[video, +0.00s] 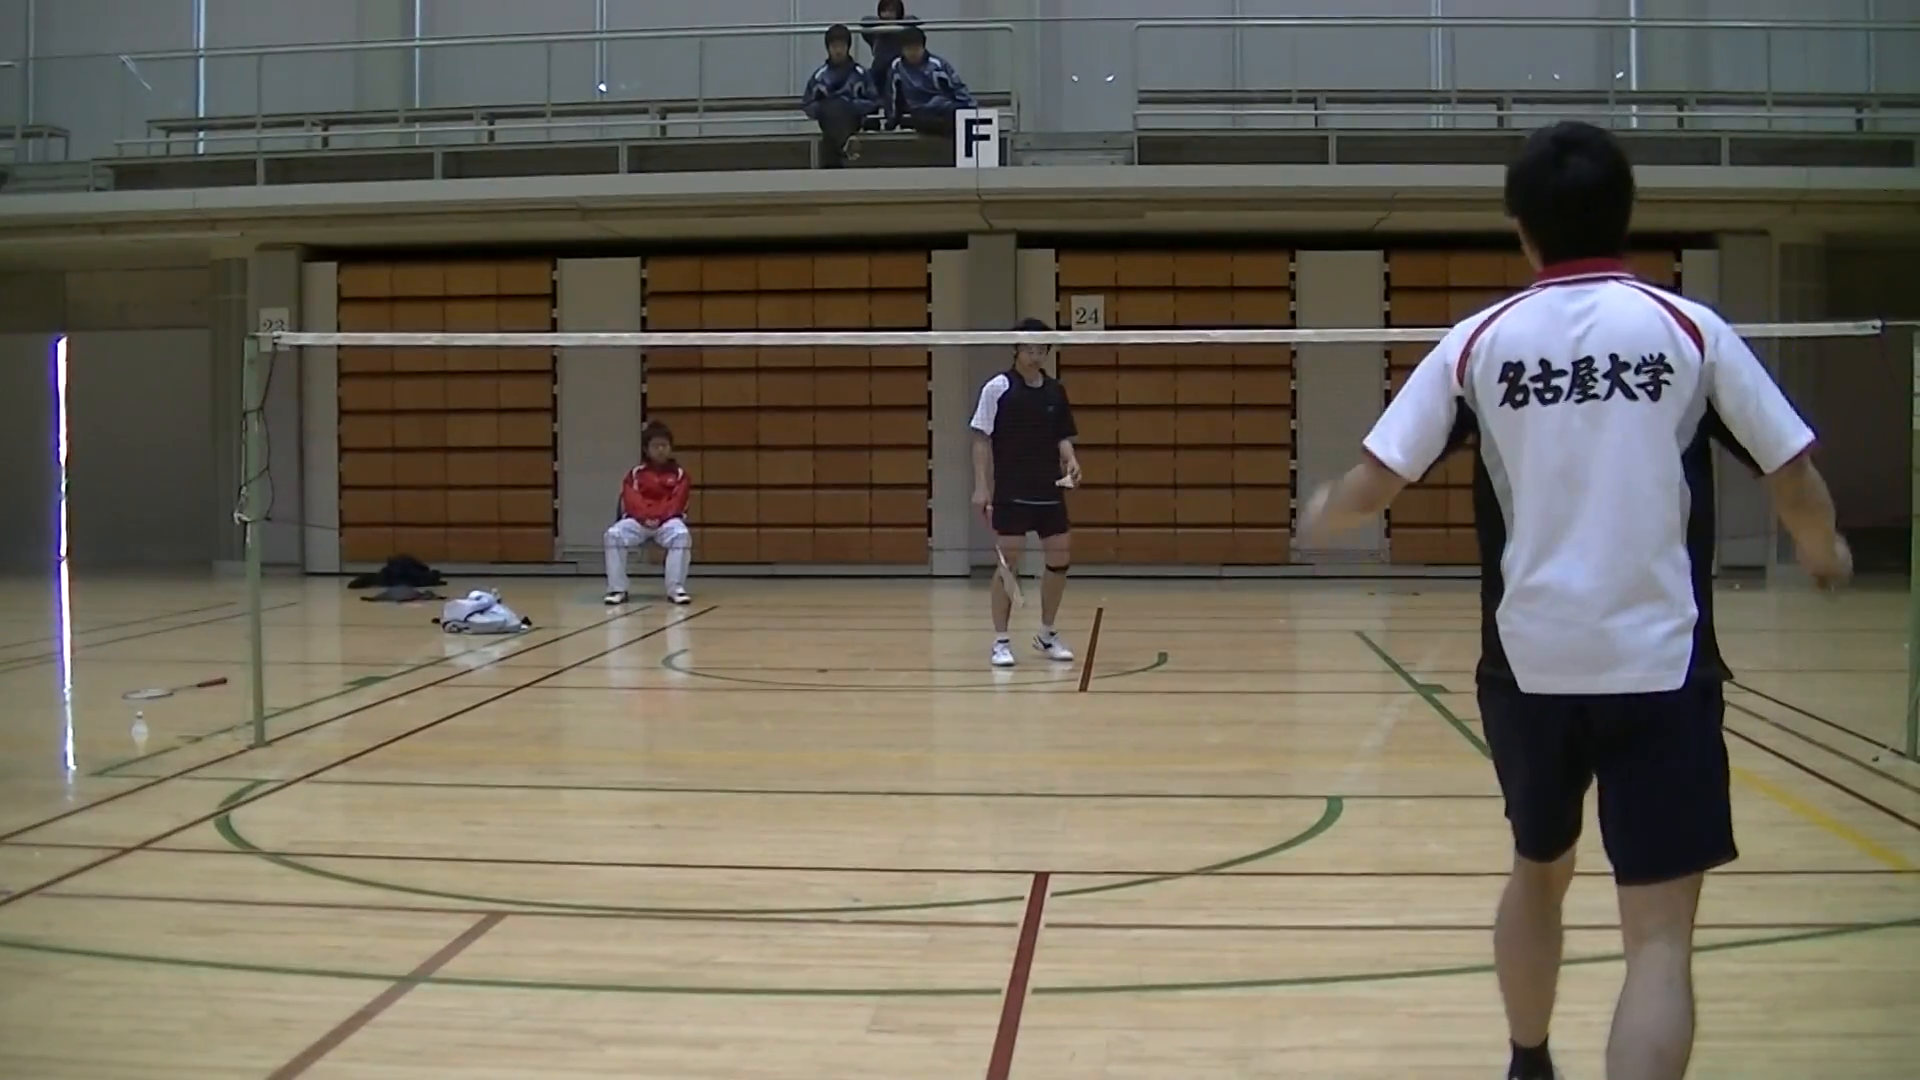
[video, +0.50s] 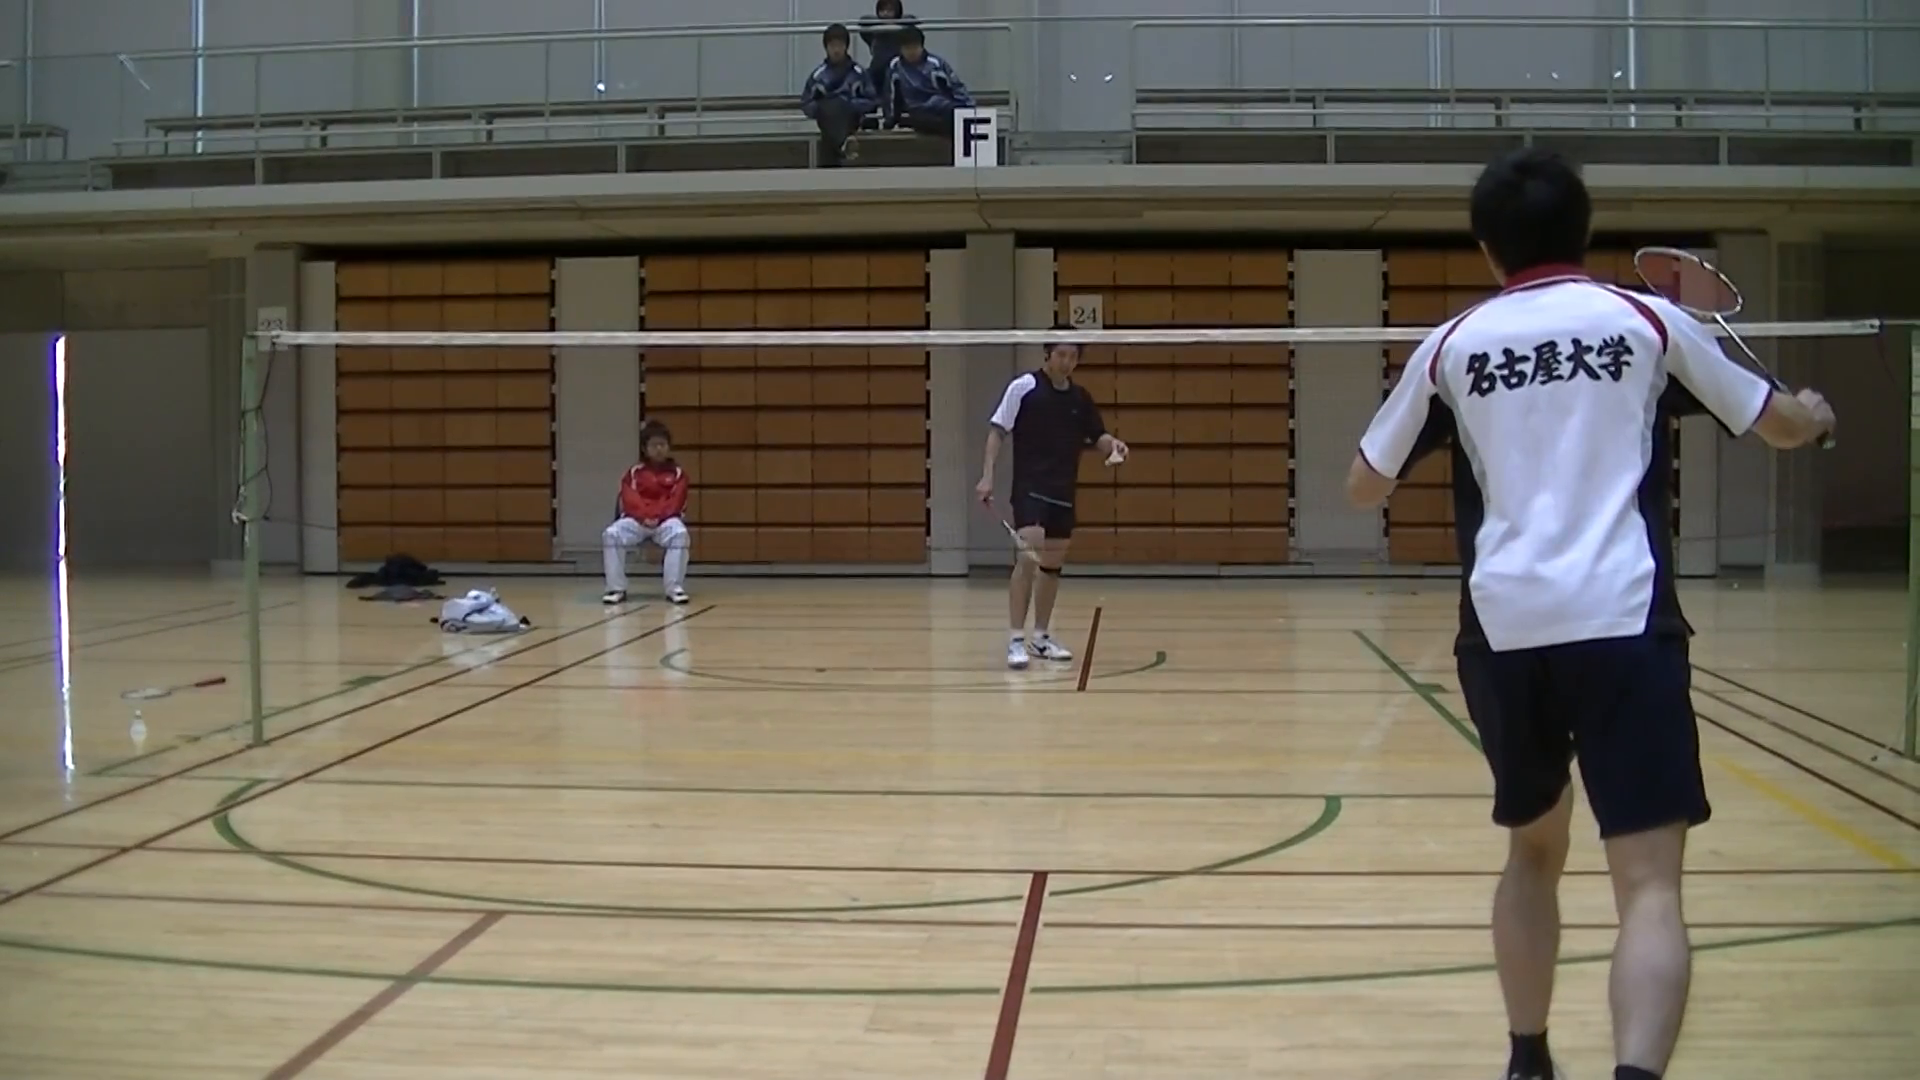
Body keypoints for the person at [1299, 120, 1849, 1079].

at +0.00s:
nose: (1526, 232)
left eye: (1521, 219)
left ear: (1522, 230)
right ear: (1626, 219)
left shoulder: (1477, 343)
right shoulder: (1692, 330)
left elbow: (1371, 484)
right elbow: (1792, 470)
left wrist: (1325, 515)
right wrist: (1820, 549)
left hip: (1529, 671)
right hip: (1661, 670)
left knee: (1536, 869)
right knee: (1658, 936)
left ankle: (1530, 1064)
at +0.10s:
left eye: (1502, 226)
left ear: (1502, 238)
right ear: (1605, 225)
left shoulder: (1468, 341)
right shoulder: (1672, 323)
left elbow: (1353, 482)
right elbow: (1798, 461)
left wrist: (1403, 435)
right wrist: (1818, 467)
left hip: (1516, 654)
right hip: (1642, 651)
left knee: (1535, 859)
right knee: (1655, 925)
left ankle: (1528, 1062)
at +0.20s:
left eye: (1487, 230)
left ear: (1491, 241)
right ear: (1590, 226)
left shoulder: (1458, 342)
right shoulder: (1657, 318)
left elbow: (1352, 479)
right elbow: (1785, 427)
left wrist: (1393, 451)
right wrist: (1810, 413)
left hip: (1507, 642)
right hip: (1632, 639)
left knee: (1532, 856)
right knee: (1654, 906)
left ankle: (1527, 1061)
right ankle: (1637, 1079)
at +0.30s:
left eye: (1483, 233)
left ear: (1486, 243)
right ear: (1583, 228)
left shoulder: (1451, 343)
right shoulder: (1649, 316)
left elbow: (1356, 484)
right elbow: (1781, 419)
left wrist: (1398, 440)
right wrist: (1810, 401)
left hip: (1503, 635)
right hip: (1627, 629)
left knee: (1531, 849)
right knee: (1652, 889)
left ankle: (1526, 1060)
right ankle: (1635, 1073)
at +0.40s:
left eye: (1482, 235)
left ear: (1485, 245)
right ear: (1582, 231)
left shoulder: (1449, 344)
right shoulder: (1646, 318)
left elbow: (1360, 484)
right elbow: (1780, 421)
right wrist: (1812, 407)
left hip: (1501, 634)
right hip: (1625, 628)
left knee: (1531, 849)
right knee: (1650, 884)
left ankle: (1526, 1062)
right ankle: (1640, 1073)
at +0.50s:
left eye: (1486, 238)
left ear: (1487, 248)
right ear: (1584, 234)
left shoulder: (1450, 347)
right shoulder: (1649, 321)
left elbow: (1364, 486)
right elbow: (1780, 424)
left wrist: (1409, 419)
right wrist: (1815, 411)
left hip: (1501, 636)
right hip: (1624, 629)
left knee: (1531, 849)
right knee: (1649, 883)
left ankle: (1526, 1061)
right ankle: (1637, 1075)